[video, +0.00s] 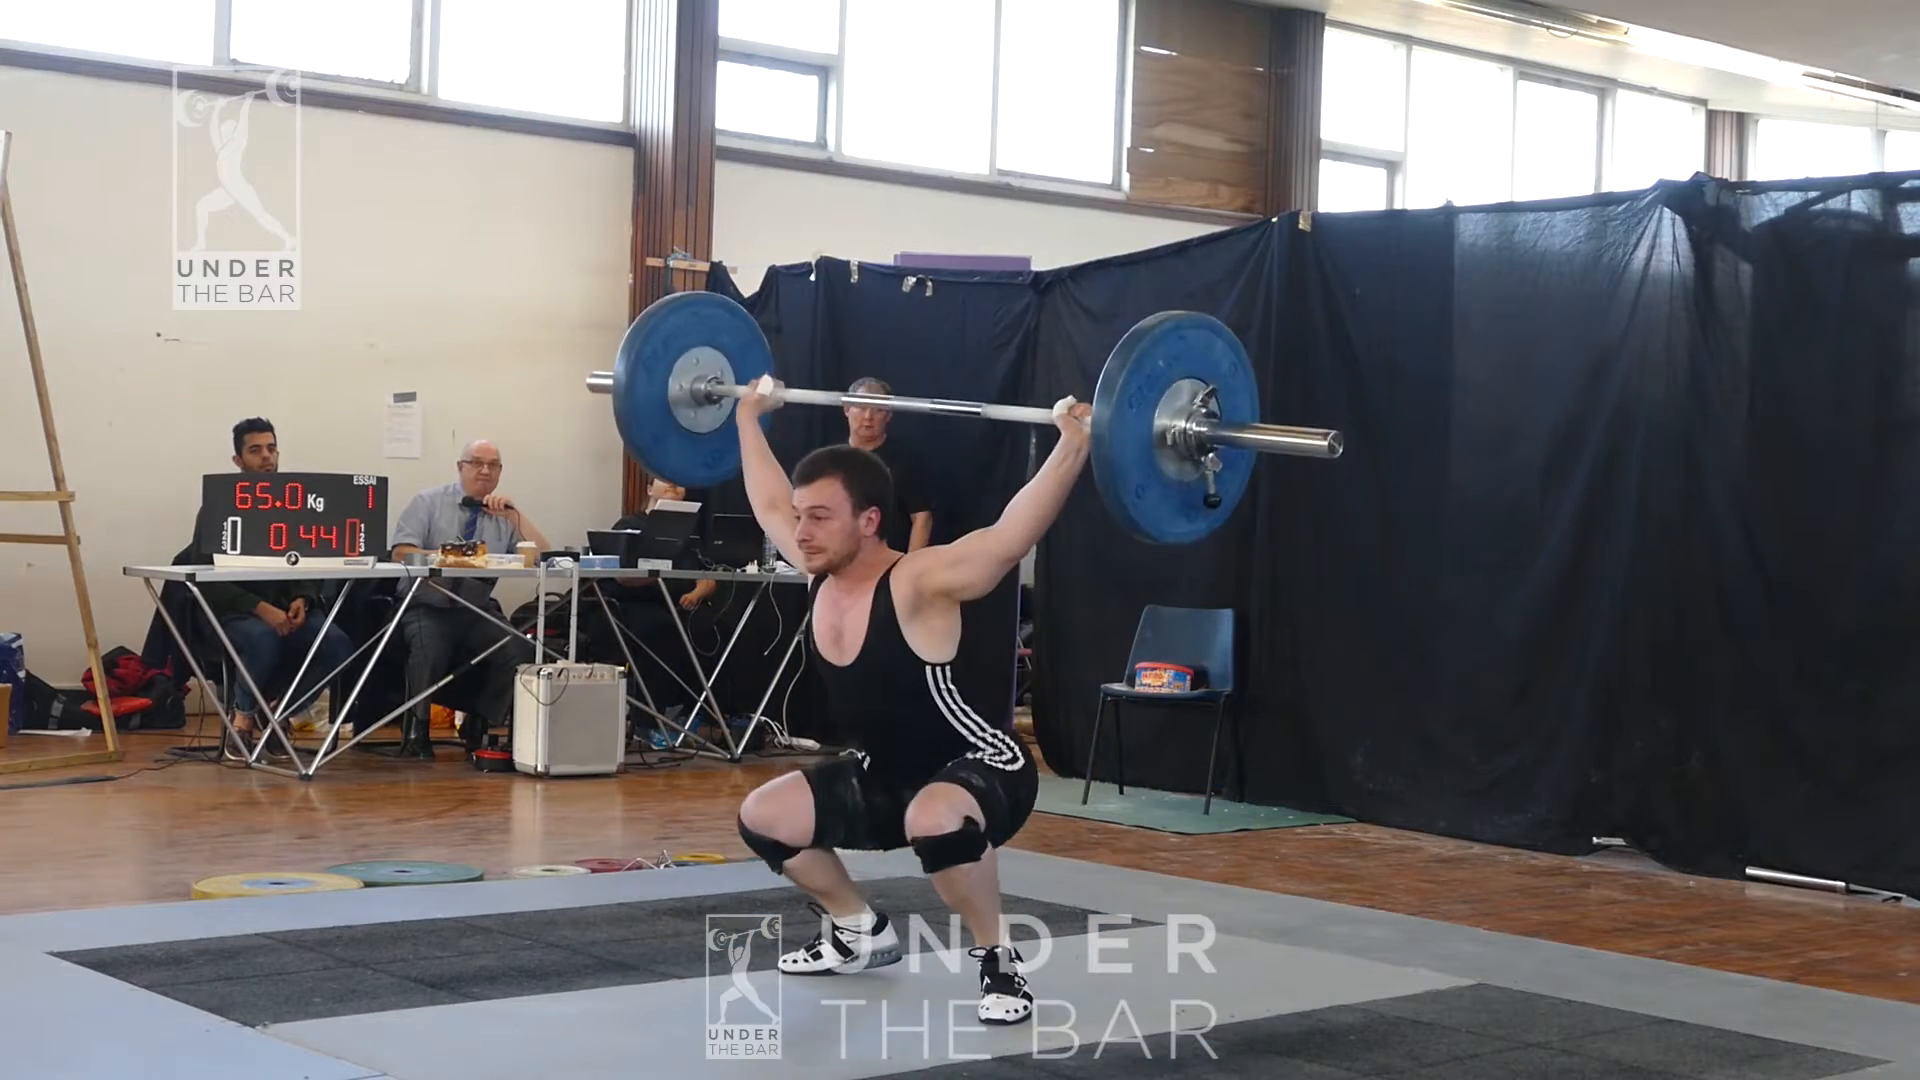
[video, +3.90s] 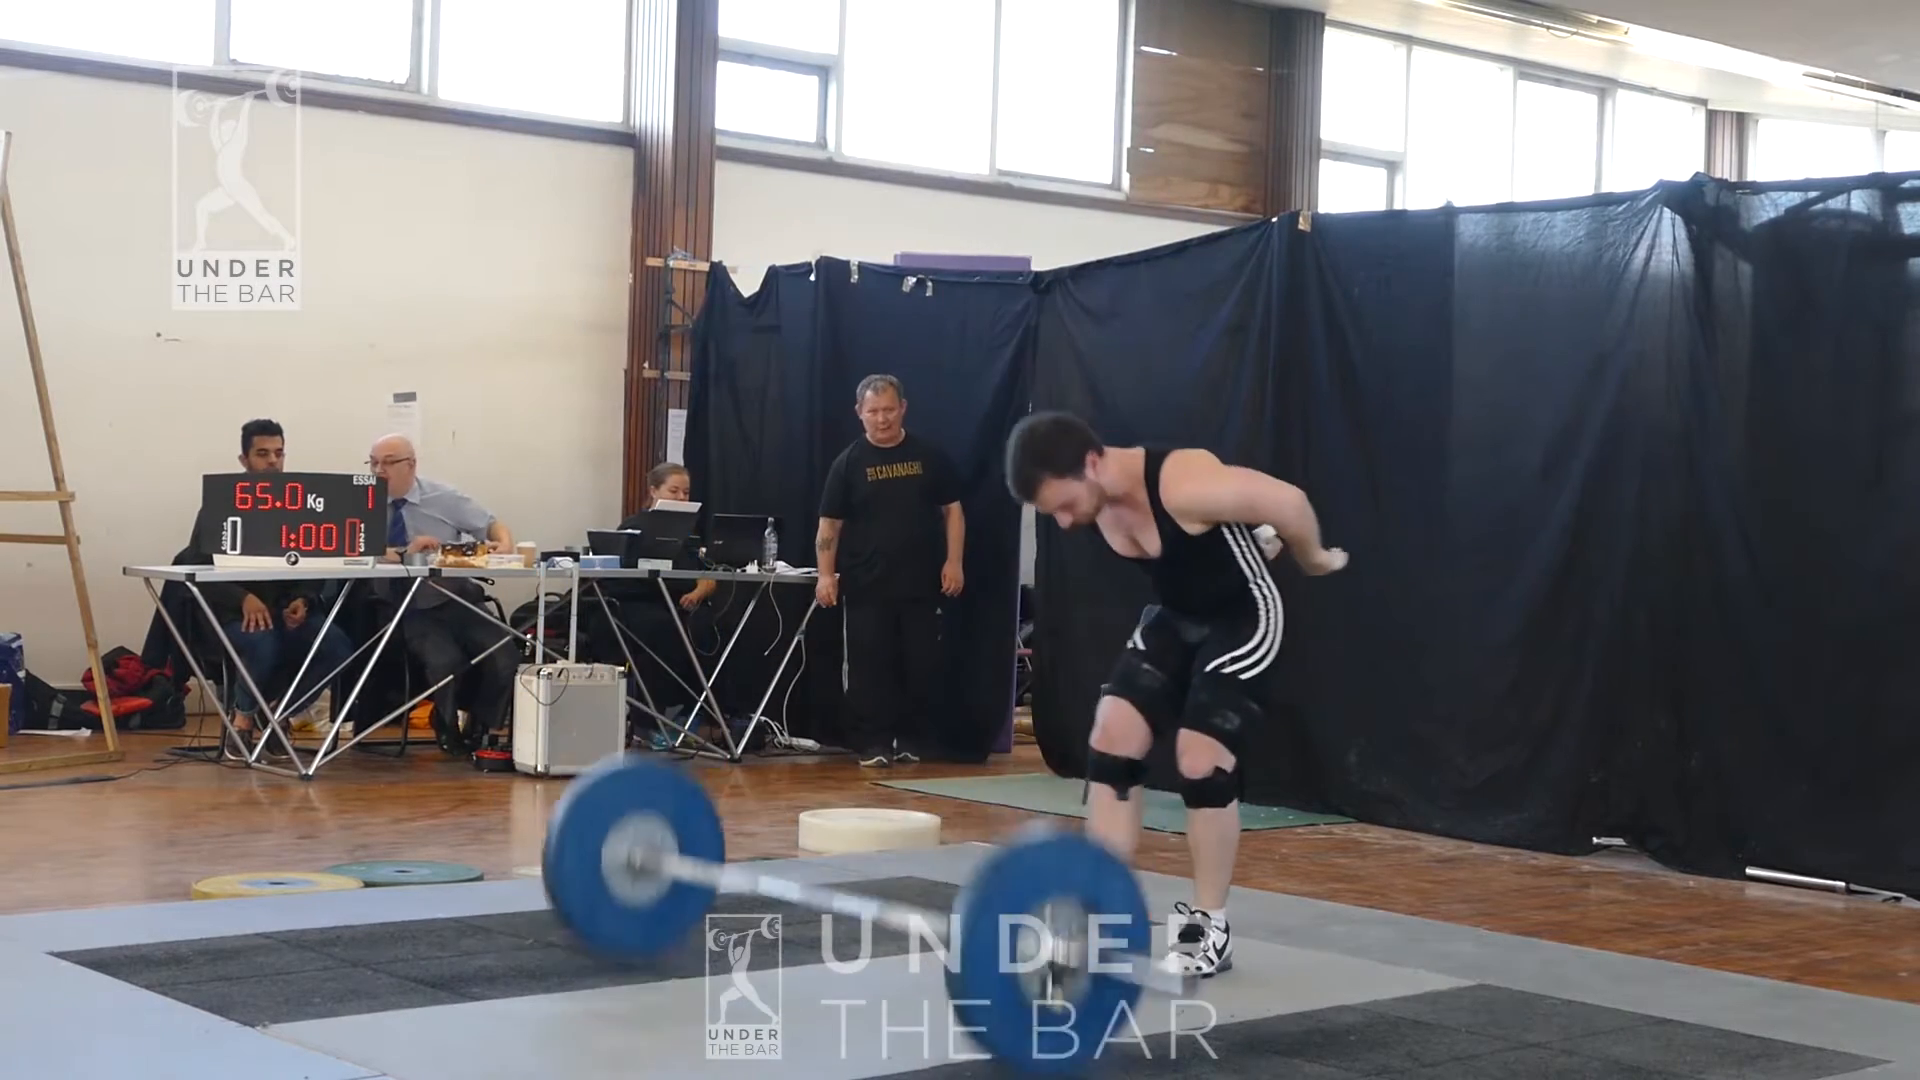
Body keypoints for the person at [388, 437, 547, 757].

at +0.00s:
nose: (485, 471)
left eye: (493, 465)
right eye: (476, 464)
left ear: (500, 473)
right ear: (460, 468)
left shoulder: (504, 516)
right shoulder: (428, 502)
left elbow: (545, 555)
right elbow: (401, 551)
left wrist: (516, 515)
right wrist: (443, 562)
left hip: (478, 609)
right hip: (429, 606)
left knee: (518, 652)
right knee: (429, 651)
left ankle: (477, 725)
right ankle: (417, 730)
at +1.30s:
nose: (438, 469)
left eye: (449, 463)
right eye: (432, 462)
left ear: (467, 468)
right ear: (426, 465)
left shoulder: (486, 507)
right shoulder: (405, 503)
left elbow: (537, 548)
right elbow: (392, 547)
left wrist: (509, 531)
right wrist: (445, 550)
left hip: (473, 605)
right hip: (422, 604)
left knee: (515, 649)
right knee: (431, 641)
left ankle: (478, 726)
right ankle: (422, 729)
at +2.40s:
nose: (402, 468)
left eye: (412, 461)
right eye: (397, 460)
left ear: (433, 464)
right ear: (391, 462)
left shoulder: (461, 499)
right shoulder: (380, 501)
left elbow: (508, 533)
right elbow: (367, 554)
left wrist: (504, 547)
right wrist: (404, 535)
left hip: (461, 599)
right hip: (409, 604)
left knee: (503, 657)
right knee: (445, 659)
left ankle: (479, 727)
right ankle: (444, 721)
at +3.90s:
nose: (379, 471)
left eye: (388, 463)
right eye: (374, 463)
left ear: (411, 465)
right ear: (370, 465)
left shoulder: (442, 498)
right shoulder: (367, 506)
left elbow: (490, 525)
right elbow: (354, 551)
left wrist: (504, 542)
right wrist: (406, 552)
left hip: (456, 597)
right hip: (406, 605)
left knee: (503, 653)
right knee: (444, 660)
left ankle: (480, 727)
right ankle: (446, 723)